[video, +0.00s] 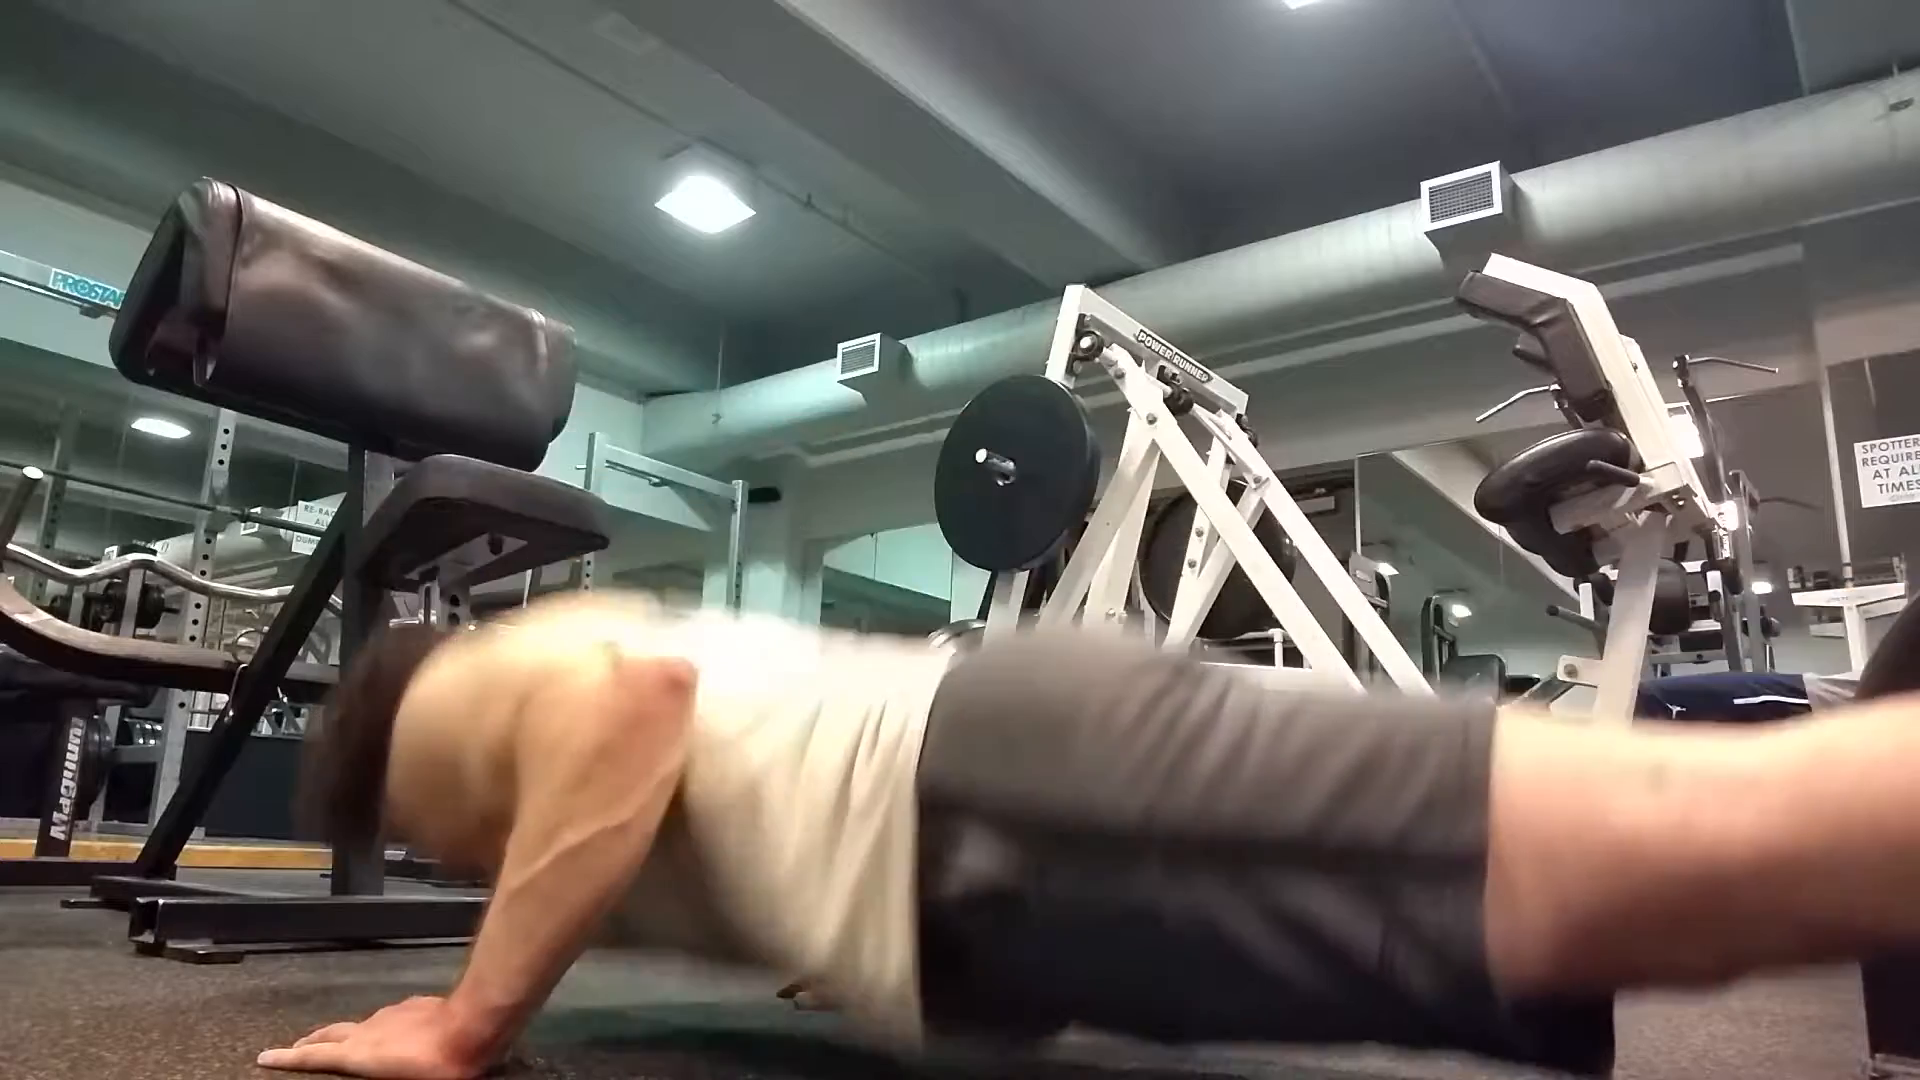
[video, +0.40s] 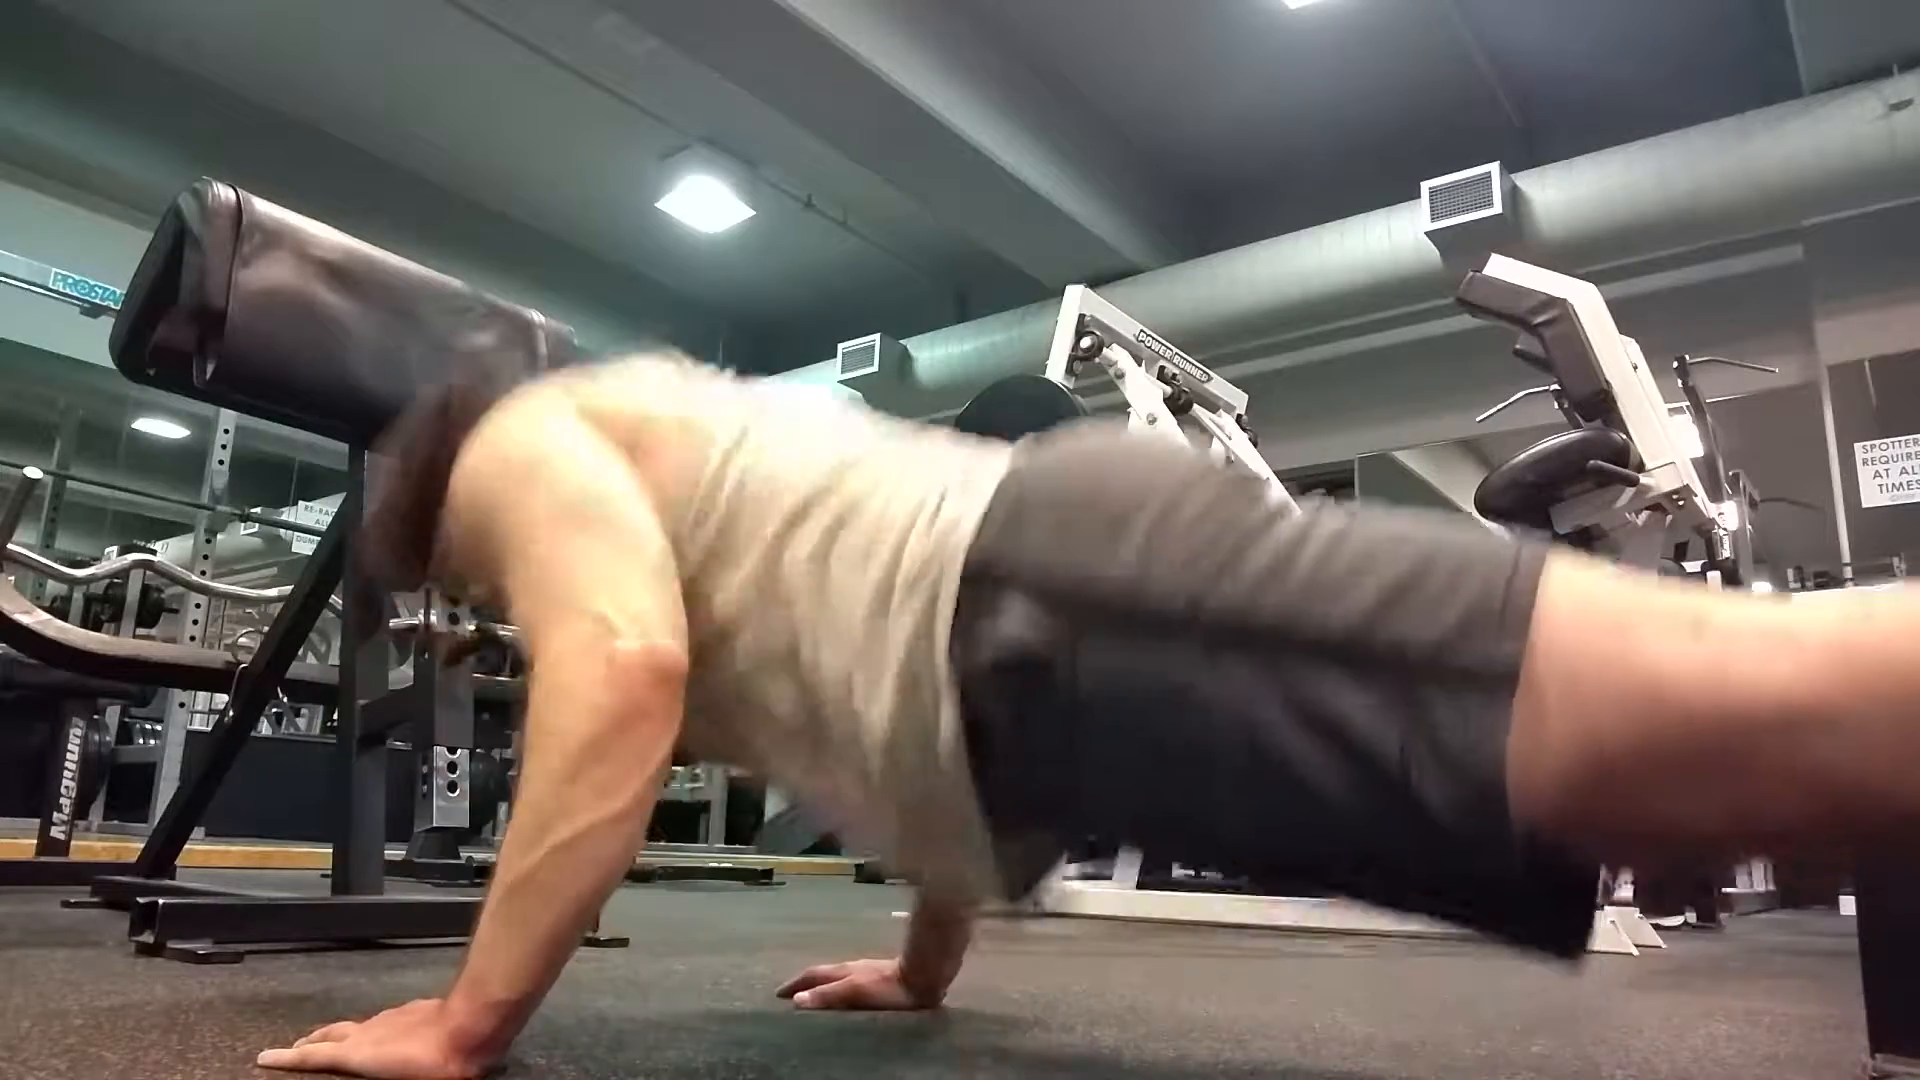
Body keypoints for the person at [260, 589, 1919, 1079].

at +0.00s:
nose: (417, 829)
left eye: (396, 805)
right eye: (408, 815)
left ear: (397, 707)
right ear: (488, 624)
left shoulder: (457, 689)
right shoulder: (602, 674)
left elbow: (634, 699)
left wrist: (460, 1017)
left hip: (998, 806)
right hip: (1007, 817)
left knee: (1689, 860)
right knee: (1685, 849)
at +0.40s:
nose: (426, 598)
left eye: (408, 559)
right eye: (412, 585)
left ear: (417, 458)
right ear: (534, 399)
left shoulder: (527, 435)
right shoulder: (707, 451)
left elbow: (615, 664)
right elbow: (909, 689)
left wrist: (470, 1011)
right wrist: (929, 957)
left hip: (1047, 600)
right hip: (1062, 670)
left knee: (1783, 719)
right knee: (1759, 768)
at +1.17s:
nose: (407, 567)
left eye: (402, 535)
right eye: (401, 549)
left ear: (420, 463)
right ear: (535, 390)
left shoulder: (511, 481)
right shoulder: (697, 464)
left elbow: (628, 682)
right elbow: (914, 680)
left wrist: (474, 1014)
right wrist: (933, 952)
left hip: (1019, 631)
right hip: (1054, 630)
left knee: (1746, 757)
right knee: (1737, 755)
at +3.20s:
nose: (469, 467)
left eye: (464, 436)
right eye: (469, 441)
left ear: (493, 383)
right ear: (615, 346)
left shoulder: (543, 419)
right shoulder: (771, 434)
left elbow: (640, 657)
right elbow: (950, 719)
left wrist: (497, 1015)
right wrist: (925, 960)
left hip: (1036, 571)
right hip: (1071, 591)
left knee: (1768, 710)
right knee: (1763, 735)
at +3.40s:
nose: (390, 689)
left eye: (384, 656)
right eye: (383, 670)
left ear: (411, 592)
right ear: (526, 537)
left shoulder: (470, 628)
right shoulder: (669, 595)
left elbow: (645, 703)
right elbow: (900, 715)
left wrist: (499, 1026)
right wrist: (948, 955)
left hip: (1025, 759)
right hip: (1036, 759)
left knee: (1741, 830)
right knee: (1721, 820)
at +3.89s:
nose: (459, 397)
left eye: (455, 364)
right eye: (462, 379)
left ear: (500, 316)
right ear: (606, 296)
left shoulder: (542, 360)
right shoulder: (766, 389)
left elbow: (588, 648)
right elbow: (919, 675)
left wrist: (495, 1017)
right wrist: (922, 959)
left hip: (1067, 507)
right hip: (1086, 548)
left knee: (1762, 656)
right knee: (1742, 676)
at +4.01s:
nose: (450, 405)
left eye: (446, 373)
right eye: (454, 385)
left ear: (486, 329)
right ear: (603, 309)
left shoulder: (533, 380)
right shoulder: (760, 400)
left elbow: (594, 645)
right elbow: (920, 678)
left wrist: (495, 1017)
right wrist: (922, 958)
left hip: (1075, 505)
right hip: (1096, 562)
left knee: (1781, 653)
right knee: (1747, 689)